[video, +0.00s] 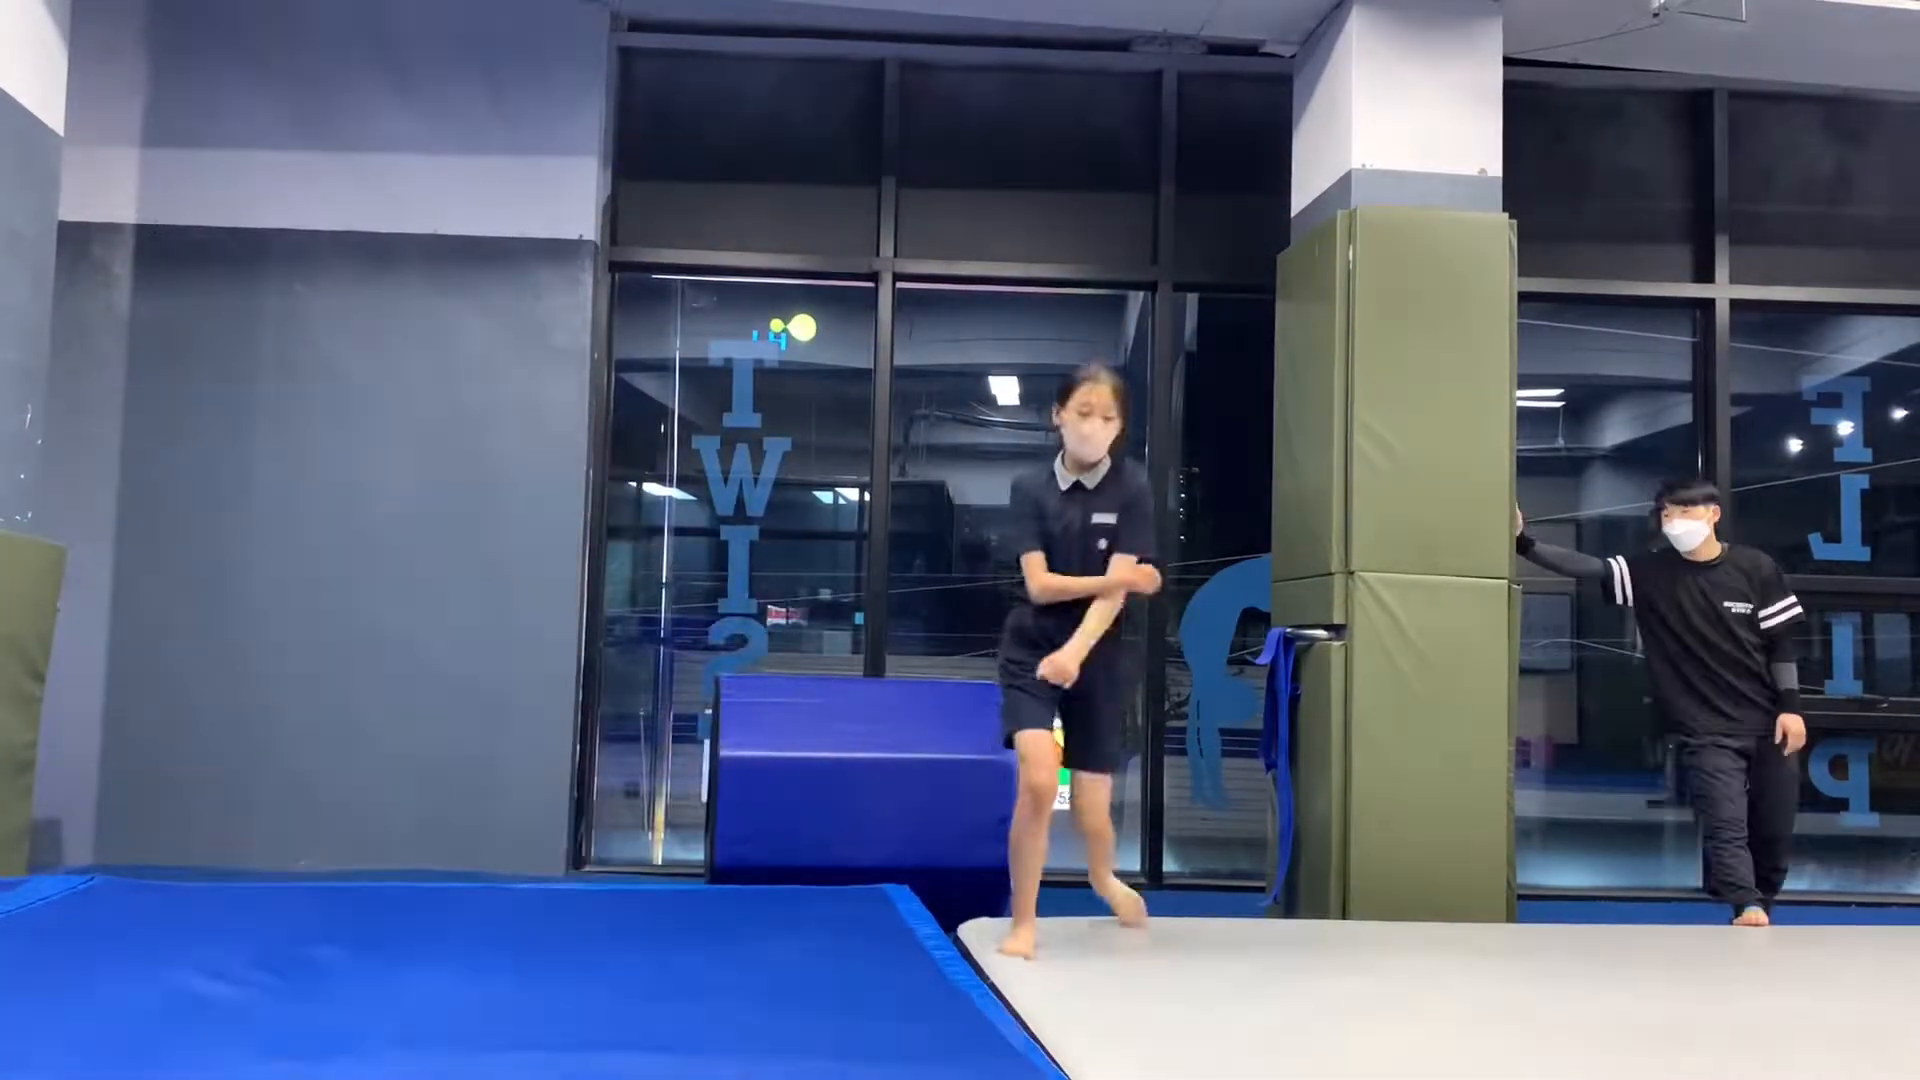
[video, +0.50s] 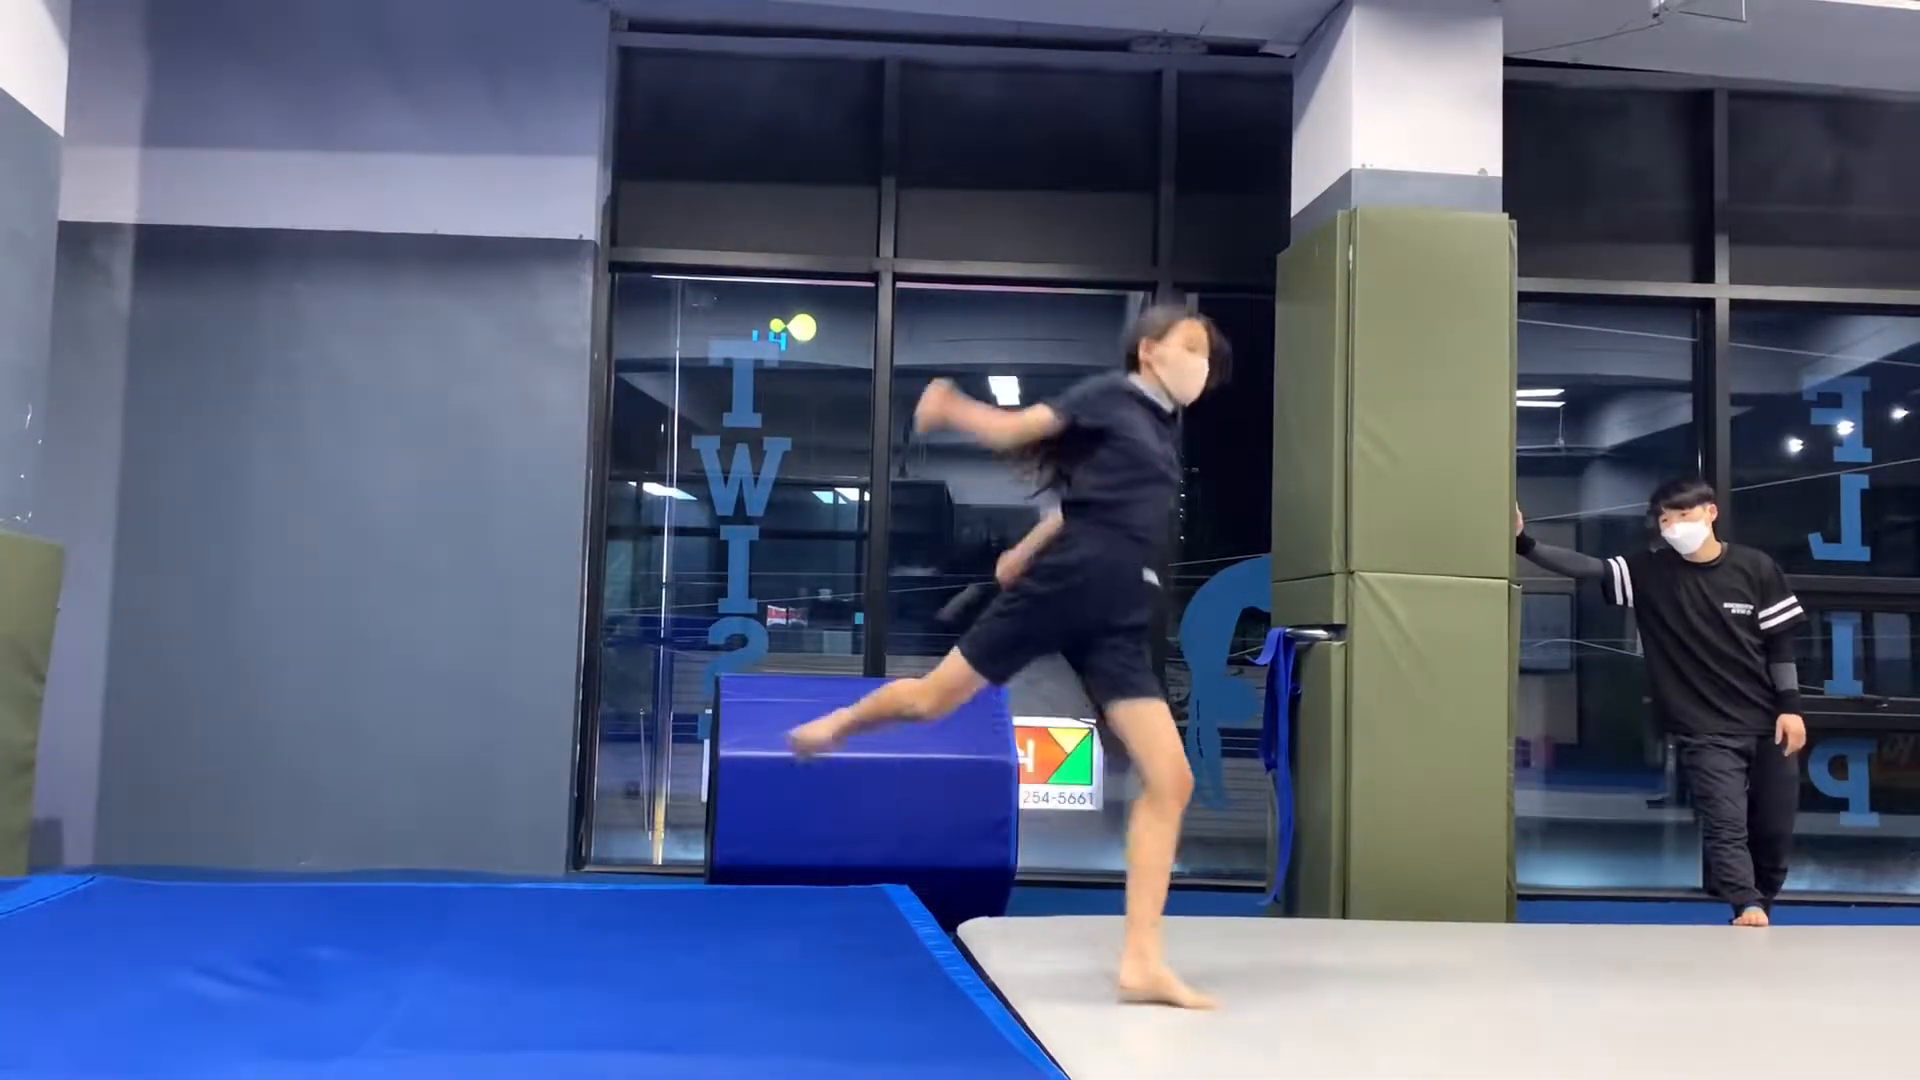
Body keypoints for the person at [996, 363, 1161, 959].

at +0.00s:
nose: (1093, 425)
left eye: (1105, 417)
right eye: (1083, 413)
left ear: (1119, 428)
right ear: (1059, 416)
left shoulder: (1132, 488)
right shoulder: (1031, 487)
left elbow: (1118, 587)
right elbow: (1038, 585)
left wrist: (1073, 649)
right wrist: (1118, 578)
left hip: (1101, 652)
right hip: (1032, 650)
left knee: (1093, 804)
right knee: (1039, 784)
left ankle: (1103, 878)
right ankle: (1023, 923)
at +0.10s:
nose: (1102, 427)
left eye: (1112, 418)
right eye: (1091, 413)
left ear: (1122, 431)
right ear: (1060, 417)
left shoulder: (1131, 492)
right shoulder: (1024, 489)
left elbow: (1146, 589)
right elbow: (1007, 586)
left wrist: (1158, 674)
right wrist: (1079, 568)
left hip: (1094, 667)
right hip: (1024, 661)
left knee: (1081, 807)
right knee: (1031, 798)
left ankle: (1070, 861)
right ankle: (1023, 929)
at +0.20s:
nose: (1131, 405)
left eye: (1141, 395)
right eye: (1122, 389)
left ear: (1146, 405)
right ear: (1085, 385)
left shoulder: (1134, 474)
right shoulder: (1033, 451)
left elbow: (1178, 550)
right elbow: (979, 516)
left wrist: (1233, 623)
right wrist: (1069, 485)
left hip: (1094, 643)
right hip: (1020, 639)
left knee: (1085, 765)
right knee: (1024, 784)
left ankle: (1058, 872)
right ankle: (1020, 926)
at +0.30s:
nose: (1170, 357)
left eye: (1178, 349)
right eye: (1162, 340)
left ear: (1177, 360)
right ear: (1121, 336)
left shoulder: (1143, 420)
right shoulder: (1066, 391)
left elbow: (1145, 491)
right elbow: (987, 405)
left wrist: (1161, 528)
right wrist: (1090, 363)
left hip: (1097, 589)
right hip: (1026, 582)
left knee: (1111, 732)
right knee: (999, 746)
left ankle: (1069, 893)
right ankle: (990, 893)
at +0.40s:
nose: (1194, 343)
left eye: (1200, 335)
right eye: (1186, 326)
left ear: (1188, 345)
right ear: (1142, 321)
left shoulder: (1157, 398)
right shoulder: (1091, 363)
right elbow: (996, 383)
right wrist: (1024, 334)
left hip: (1111, 574)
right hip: (1049, 554)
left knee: (1138, 738)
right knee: (959, 717)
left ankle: (1121, 907)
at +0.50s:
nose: (1205, 366)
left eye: (1207, 356)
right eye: (1194, 351)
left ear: (1186, 365)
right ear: (1150, 352)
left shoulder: (1161, 428)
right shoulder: (1109, 394)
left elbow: (1087, 502)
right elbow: (1013, 428)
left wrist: (1025, 550)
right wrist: (953, 408)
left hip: (1116, 615)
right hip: (1056, 589)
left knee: (1170, 779)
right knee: (930, 699)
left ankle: (1143, 964)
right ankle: (836, 727)